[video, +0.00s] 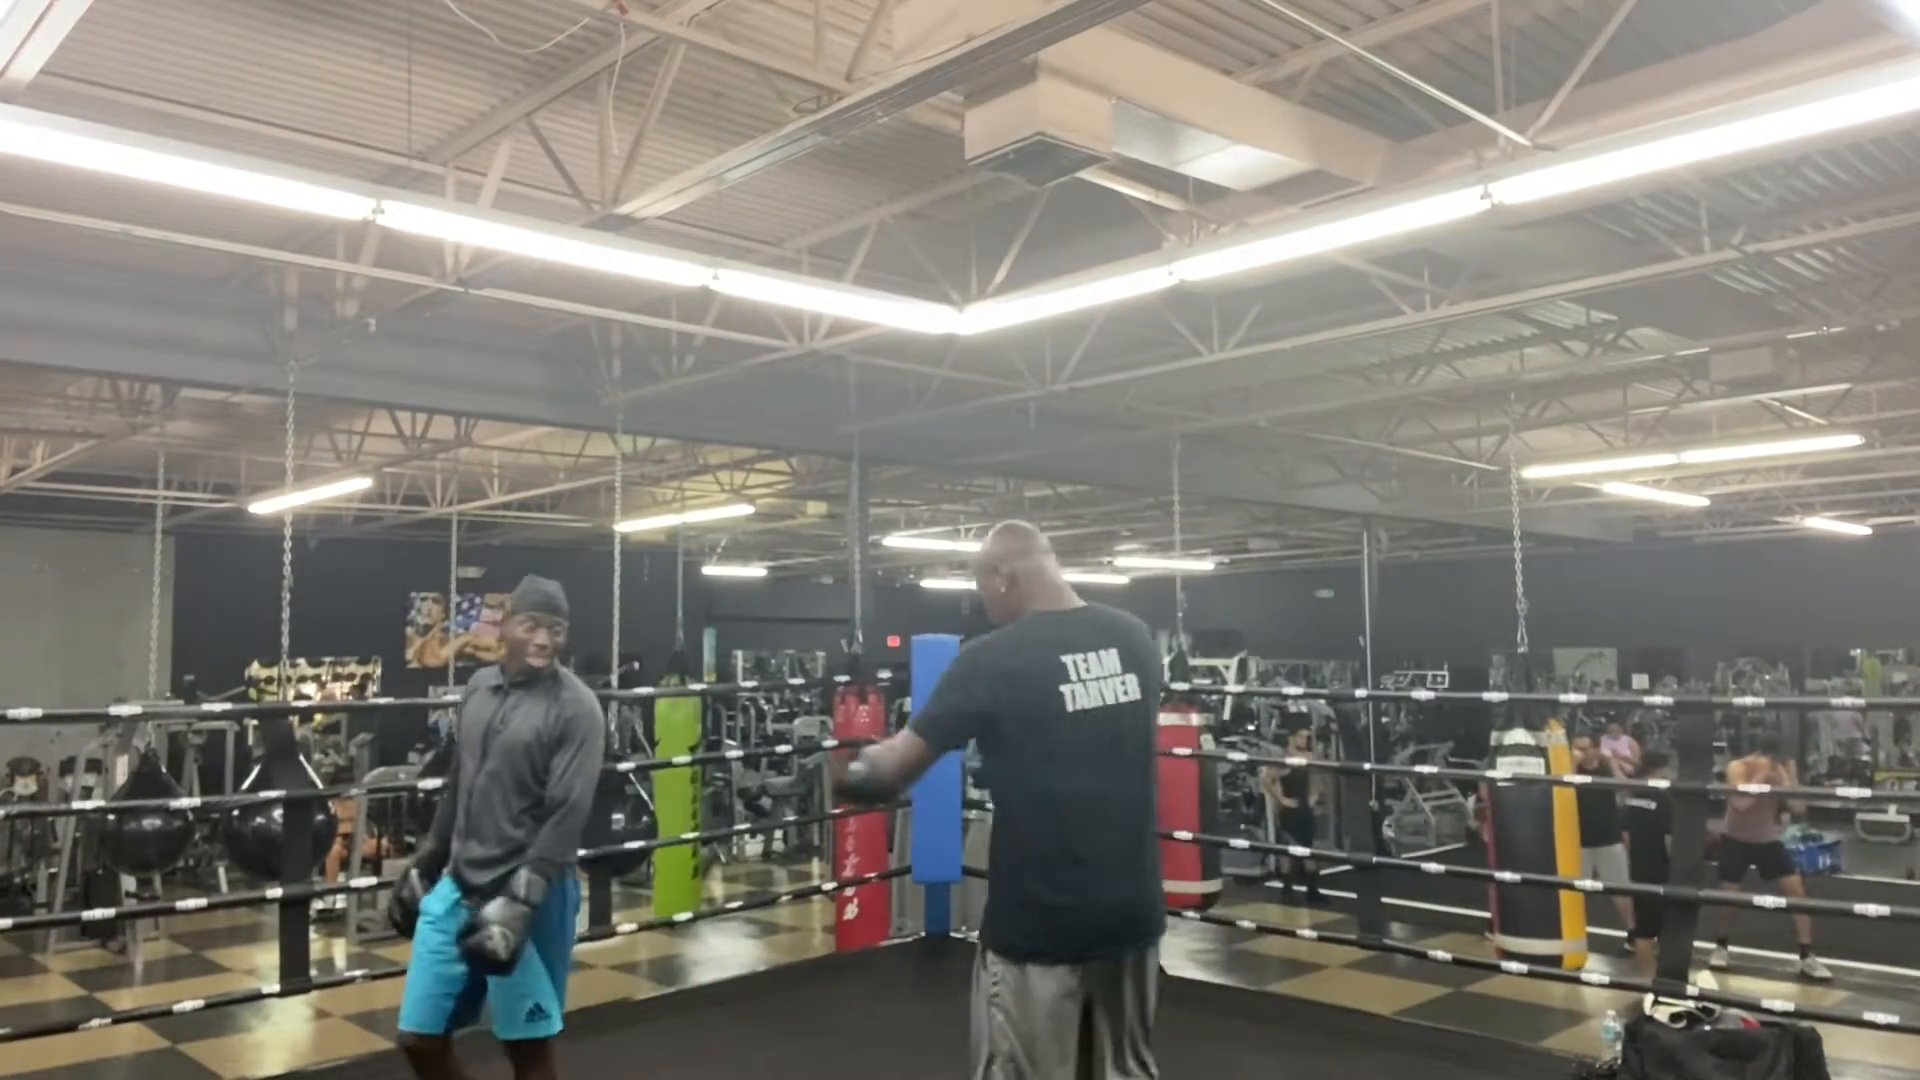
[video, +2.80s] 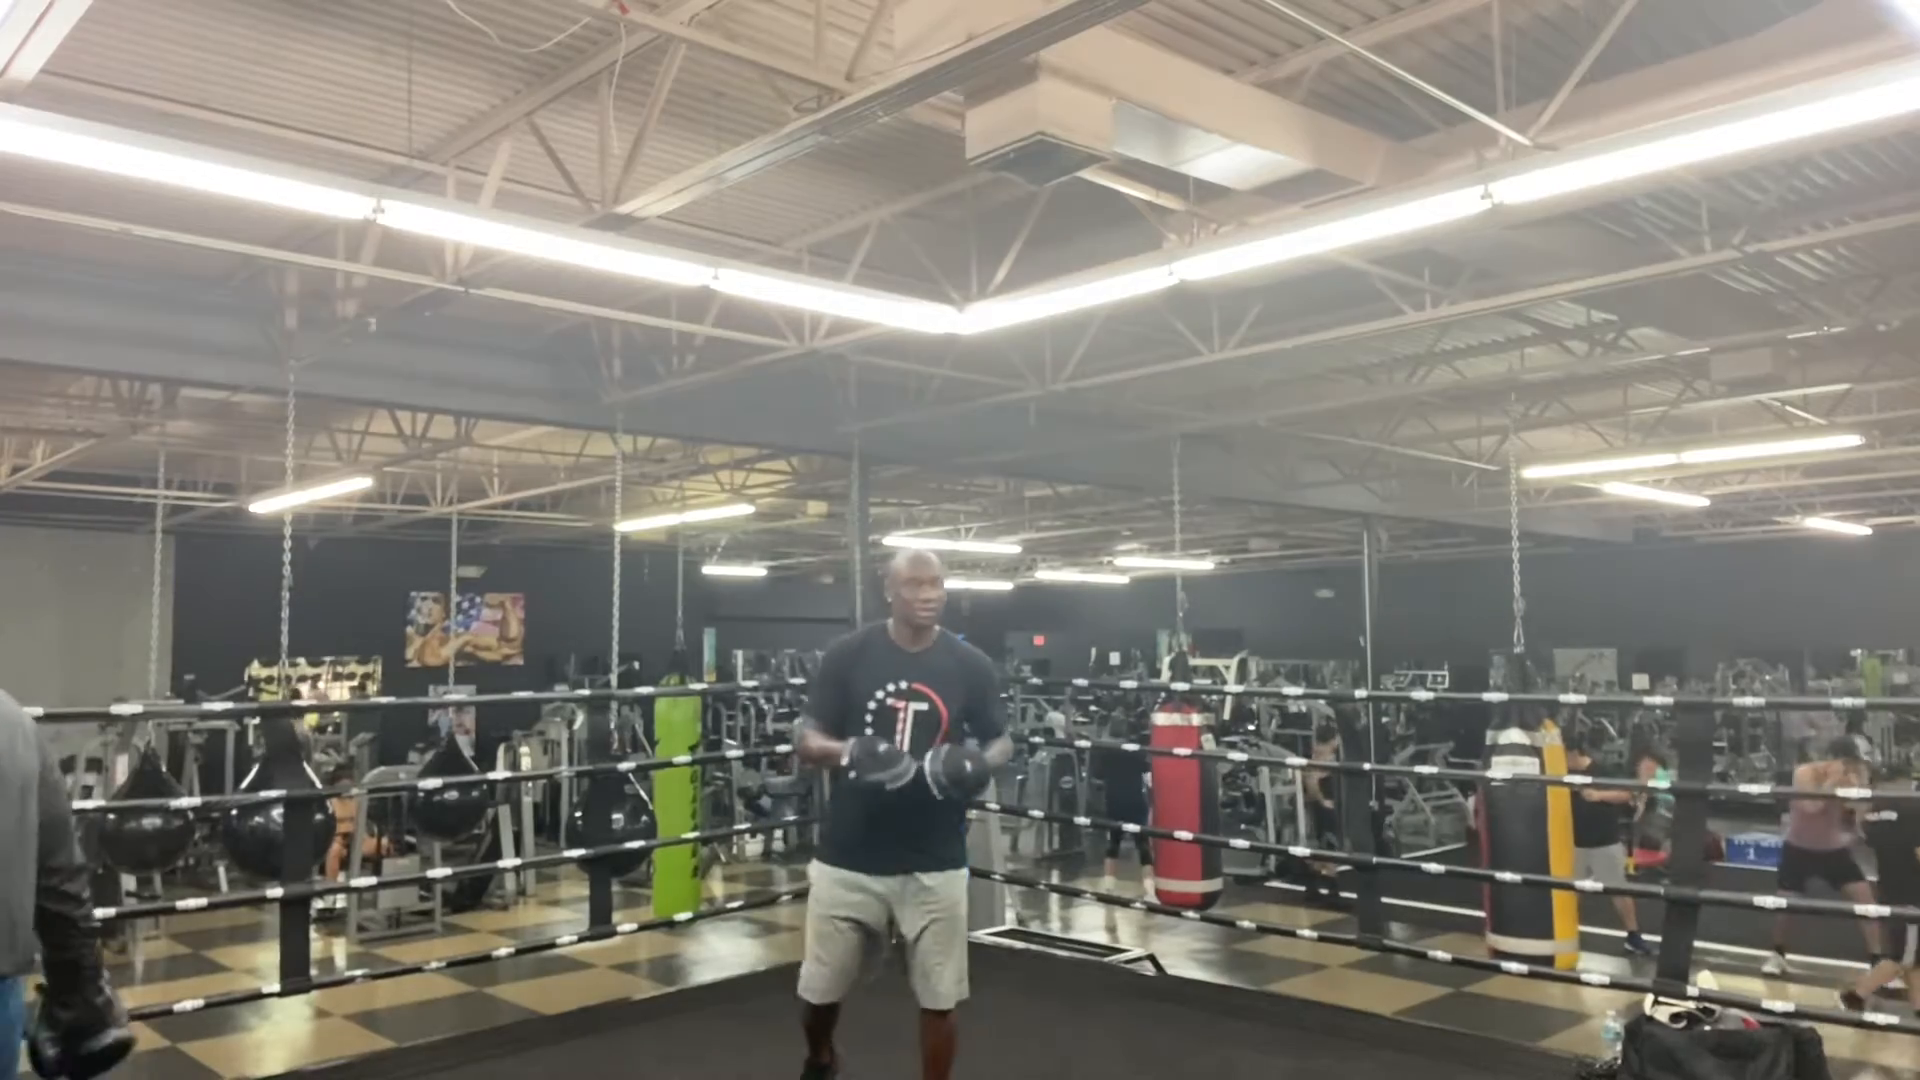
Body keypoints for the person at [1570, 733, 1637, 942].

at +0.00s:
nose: (1579, 754)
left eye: (1584, 749)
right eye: (1576, 749)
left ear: (1596, 749)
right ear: (1571, 751)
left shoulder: (1607, 769)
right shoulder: (1571, 772)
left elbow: (1626, 789)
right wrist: (1571, 765)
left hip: (1610, 839)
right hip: (1578, 840)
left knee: (1619, 890)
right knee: (1572, 892)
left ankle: (1632, 931)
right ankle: (1570, 934)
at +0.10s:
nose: (1582, 754)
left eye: (1586, 749)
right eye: (1578, 749)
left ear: (1597, 749)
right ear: (1573, 751)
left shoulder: (1608, 768)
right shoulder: (1571, 769)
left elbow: (1625, 785)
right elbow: (1558, 787)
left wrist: (1611, 762)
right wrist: (1570, 764)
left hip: (1609, 838)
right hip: (1579, 839)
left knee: (1621, 888)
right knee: (1573, 890)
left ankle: (1632, 932)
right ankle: (1571, 935)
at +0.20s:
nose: (1585, 754)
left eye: (1589, 749)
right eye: (1581, 749)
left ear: (1598, 749)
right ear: (1574, 750)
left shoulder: (1609, 768)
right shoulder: (1570, 770)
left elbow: (1626, 790)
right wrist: (1570, 764)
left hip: (1609, 838)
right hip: (1578, 839)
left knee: (1620, 888)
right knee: (1573, 890)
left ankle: (1632, 931)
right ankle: (1572, 934)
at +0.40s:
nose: (1590, 755)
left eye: (1595, 750)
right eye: (1585, 750)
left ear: (1600, 751)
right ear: (1576, 751)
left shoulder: (1611, 770)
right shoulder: (1570, 774)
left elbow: (1629, 792)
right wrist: (1577, 765)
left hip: (1608, 839)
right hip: (1578, 840)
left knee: (1620, 888)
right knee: (1572, 891)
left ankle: (1633, 933)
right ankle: (1569, 937)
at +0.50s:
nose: (1591, 754)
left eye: (1594, 749)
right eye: (1586, 750)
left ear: (1600, 750)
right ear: (1575, 753)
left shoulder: (1613, 771)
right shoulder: (1572, 775)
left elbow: (1629, 783)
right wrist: (1581, 767)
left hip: (1609, 838)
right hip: (1580, 839)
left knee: (1621, 888)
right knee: (1574, 890)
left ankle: (1633, 933)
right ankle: (1568, 937)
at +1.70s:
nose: (1559, 754)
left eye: (1563, 749)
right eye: (1559, 750)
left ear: (1580, 750)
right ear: (1569, 751)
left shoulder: (1604, 772)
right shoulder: (1562, 774)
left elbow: (1621, 798)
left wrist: (1592, 786)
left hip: (1604, 842)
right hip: (1570, 841)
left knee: (1618, 890)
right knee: (1566, 890)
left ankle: (1633, 934)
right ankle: (1562, 931)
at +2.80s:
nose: (1567, 762)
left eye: (1570, 757)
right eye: (1565, 757)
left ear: (1582, 756)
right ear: (1564, 759)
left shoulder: (1603, 773)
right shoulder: (1561, 777)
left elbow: (1626, 794)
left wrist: (1598, 794)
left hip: (1605, 841)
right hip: (1573, 842)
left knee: (1619, 890)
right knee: (1567, 892)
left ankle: (1633, 933)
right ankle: (1563, 936)